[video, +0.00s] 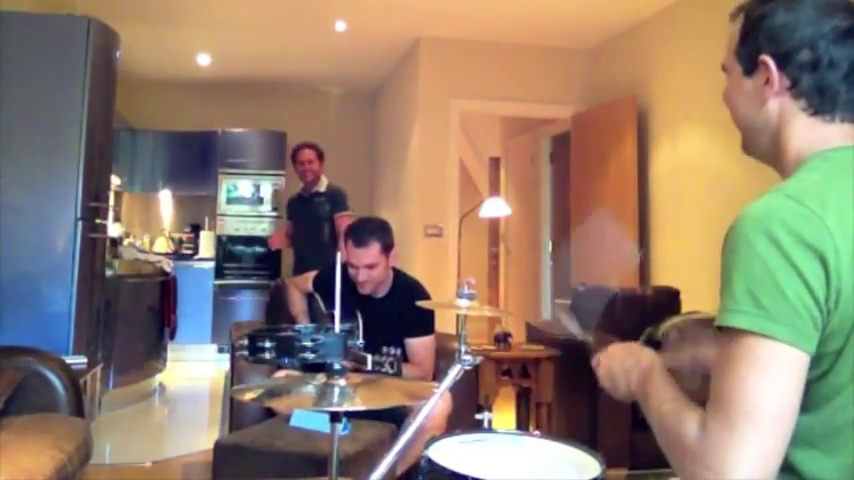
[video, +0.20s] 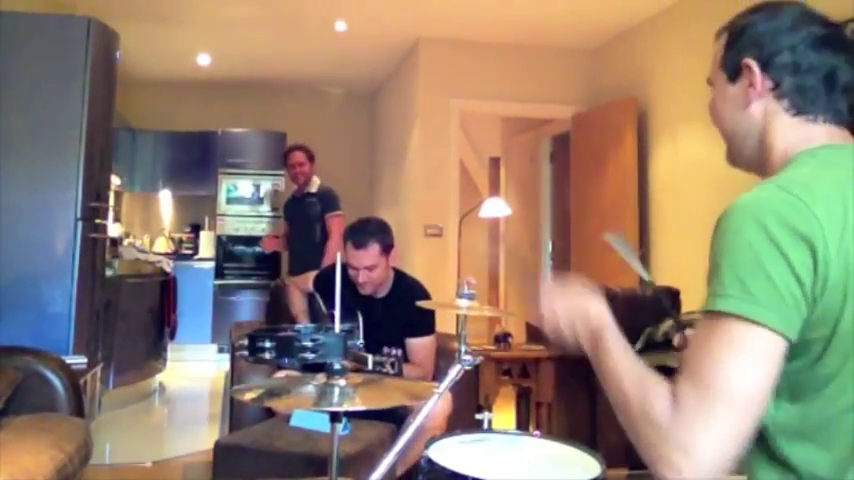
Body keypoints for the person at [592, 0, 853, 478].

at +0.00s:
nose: (724, 95)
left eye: (728, 74)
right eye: (724, 74)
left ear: (769, 80)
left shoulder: (784, 222)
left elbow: (727, 466)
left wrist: (643, 375)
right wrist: (724, 351)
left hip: (811, 469)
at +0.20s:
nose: (710, 108)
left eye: (714, 85)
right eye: (710, 87)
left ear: (753, 83)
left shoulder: (776, 214)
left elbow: (688, 455)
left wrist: (595, 326)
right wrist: (730, 346)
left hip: (795, 468)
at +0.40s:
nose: (696, 137)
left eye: (697, 110)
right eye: (694, 114)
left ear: (734, 94)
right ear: (804, 100)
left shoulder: (755, 208)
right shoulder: (841, 179)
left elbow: (613, 413)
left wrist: (595, 234)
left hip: (801, 467)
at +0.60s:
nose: (690, 150)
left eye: (691, 124)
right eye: (687, 128)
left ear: (724, 103)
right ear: (797, 117)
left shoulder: (734, 210)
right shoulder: (842, 188)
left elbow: (649, 448)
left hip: (789, 469)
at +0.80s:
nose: (671, 157)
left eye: (672, 131)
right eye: (668, 136)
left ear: (705, 111)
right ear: (777, 123)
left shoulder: (719, 210)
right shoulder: (840, 195)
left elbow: (638, 443)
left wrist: (593, 293)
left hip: (782, 467)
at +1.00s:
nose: (669, 150)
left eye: (671, 124)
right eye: (668, 128)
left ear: (710, 107)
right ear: (774, 119)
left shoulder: (719, 212)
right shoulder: (840, 199)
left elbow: (677, 455)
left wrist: (595, 363)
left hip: (765, 469)